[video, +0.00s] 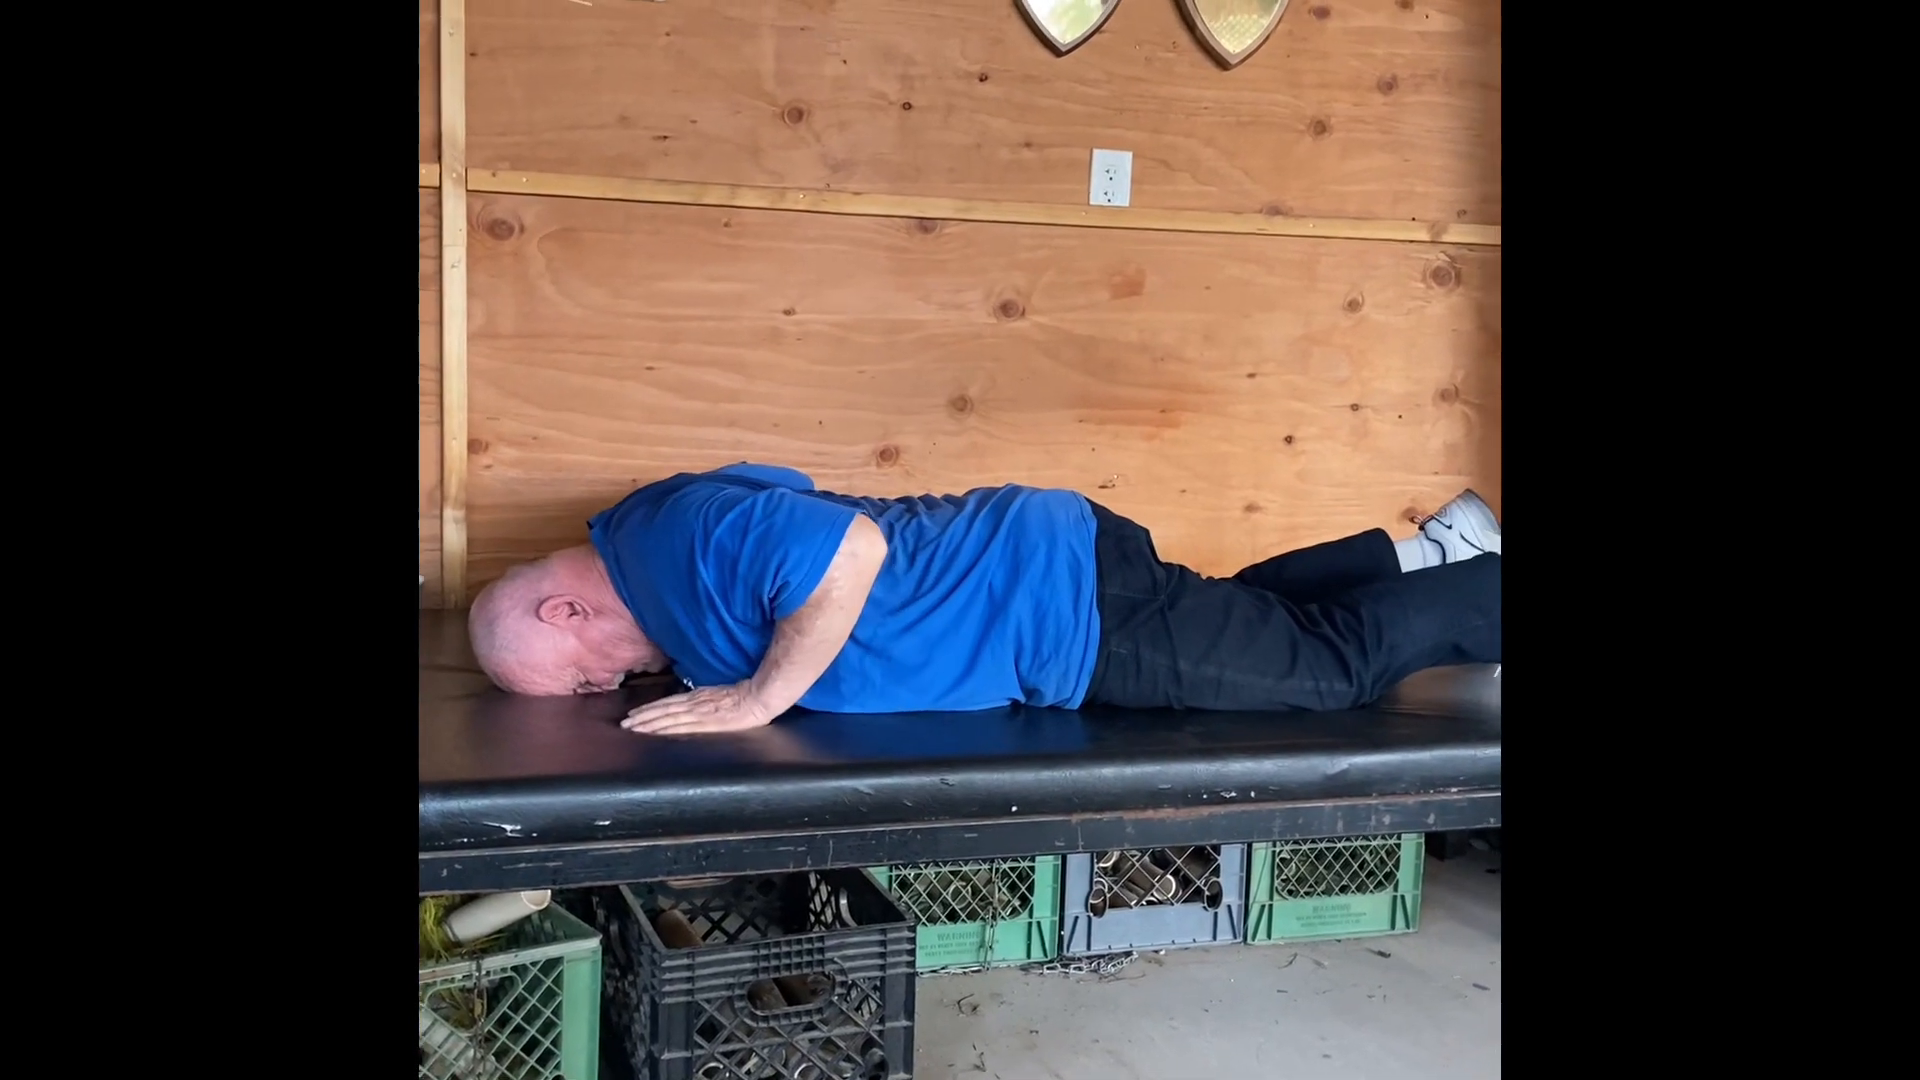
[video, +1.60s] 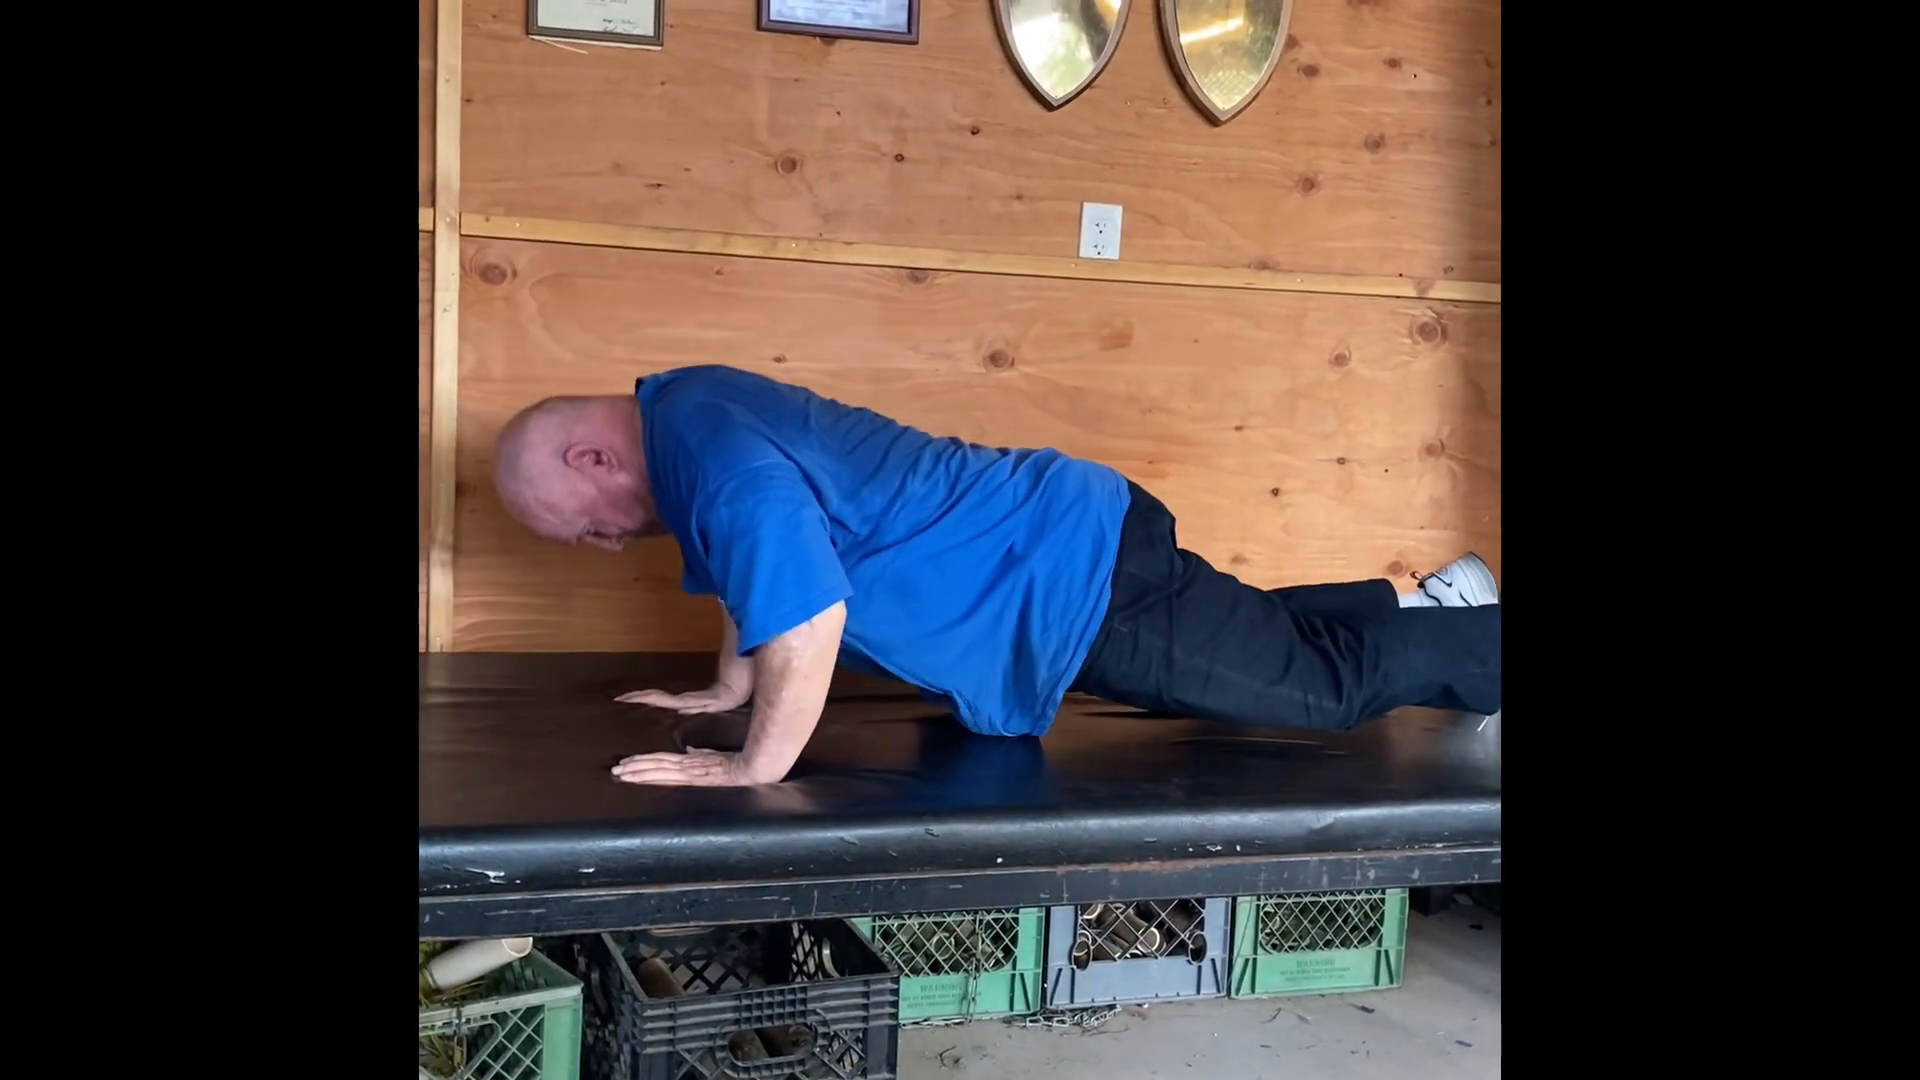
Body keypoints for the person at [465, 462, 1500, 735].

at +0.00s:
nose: (599, 680)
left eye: (571, 669)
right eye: (574, 678)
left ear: (560, 609)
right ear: (565, 611)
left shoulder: (685, 535)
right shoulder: (661, 579)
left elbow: (853, 553)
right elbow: (828, 574)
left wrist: (756, 695)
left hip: (1065, 600)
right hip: (1043, 621)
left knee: (1332, 664)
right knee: (1255, 631)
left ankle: (1485, 589)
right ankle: (1432, 552)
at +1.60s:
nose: (609, 537)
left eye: (586, 522)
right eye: (583, 530)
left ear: (587, 463)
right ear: (585, 443)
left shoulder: (717, 449)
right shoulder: (682, 429)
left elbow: (808, 614)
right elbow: (759, 585)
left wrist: (763, 767)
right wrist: (733, 702)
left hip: (1076, 575)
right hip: (1051, 569)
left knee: (1318, 680)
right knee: (1283, 644)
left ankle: (1488, 648)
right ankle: (1447, 602)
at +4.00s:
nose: (573, 511)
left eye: (556, 491)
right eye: (551, 502)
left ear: (571, 431)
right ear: (569, 415)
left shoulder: (695, 437)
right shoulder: (664, 412)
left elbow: (747, 613)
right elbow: (717, 592)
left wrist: (704, 770)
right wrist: (681, 705)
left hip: (1050, 583)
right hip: (1030, 557)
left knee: (1274, 696)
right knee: (1217, 638)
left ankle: (1462, 662)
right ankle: (1406, 618)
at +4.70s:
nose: (535, 589)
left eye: (512, 574)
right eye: (510, 587)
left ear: (516, 515)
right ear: (511, 529)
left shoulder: (639, 507)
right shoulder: (611, 494)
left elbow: (719, 663)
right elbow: (691, 646)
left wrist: (664, 809)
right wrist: (653, 753)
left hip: (992, 631)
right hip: (967, 631)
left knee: (1212, 748)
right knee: (1172, 704)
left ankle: (1426, 714)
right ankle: (1367, 669)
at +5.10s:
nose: (535, 569)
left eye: (516, 547)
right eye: (512, 561)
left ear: (523, 484)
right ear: (519, 486)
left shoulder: (649, 490)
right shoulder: (616, 486)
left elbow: (702, 672)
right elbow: (654, 661)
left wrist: (653, 826)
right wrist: (627, 768)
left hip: (990, 634)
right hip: (968, 635)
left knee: (1212, 749)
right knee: (1176, 703)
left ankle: (1432, 731)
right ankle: (1374, 694)